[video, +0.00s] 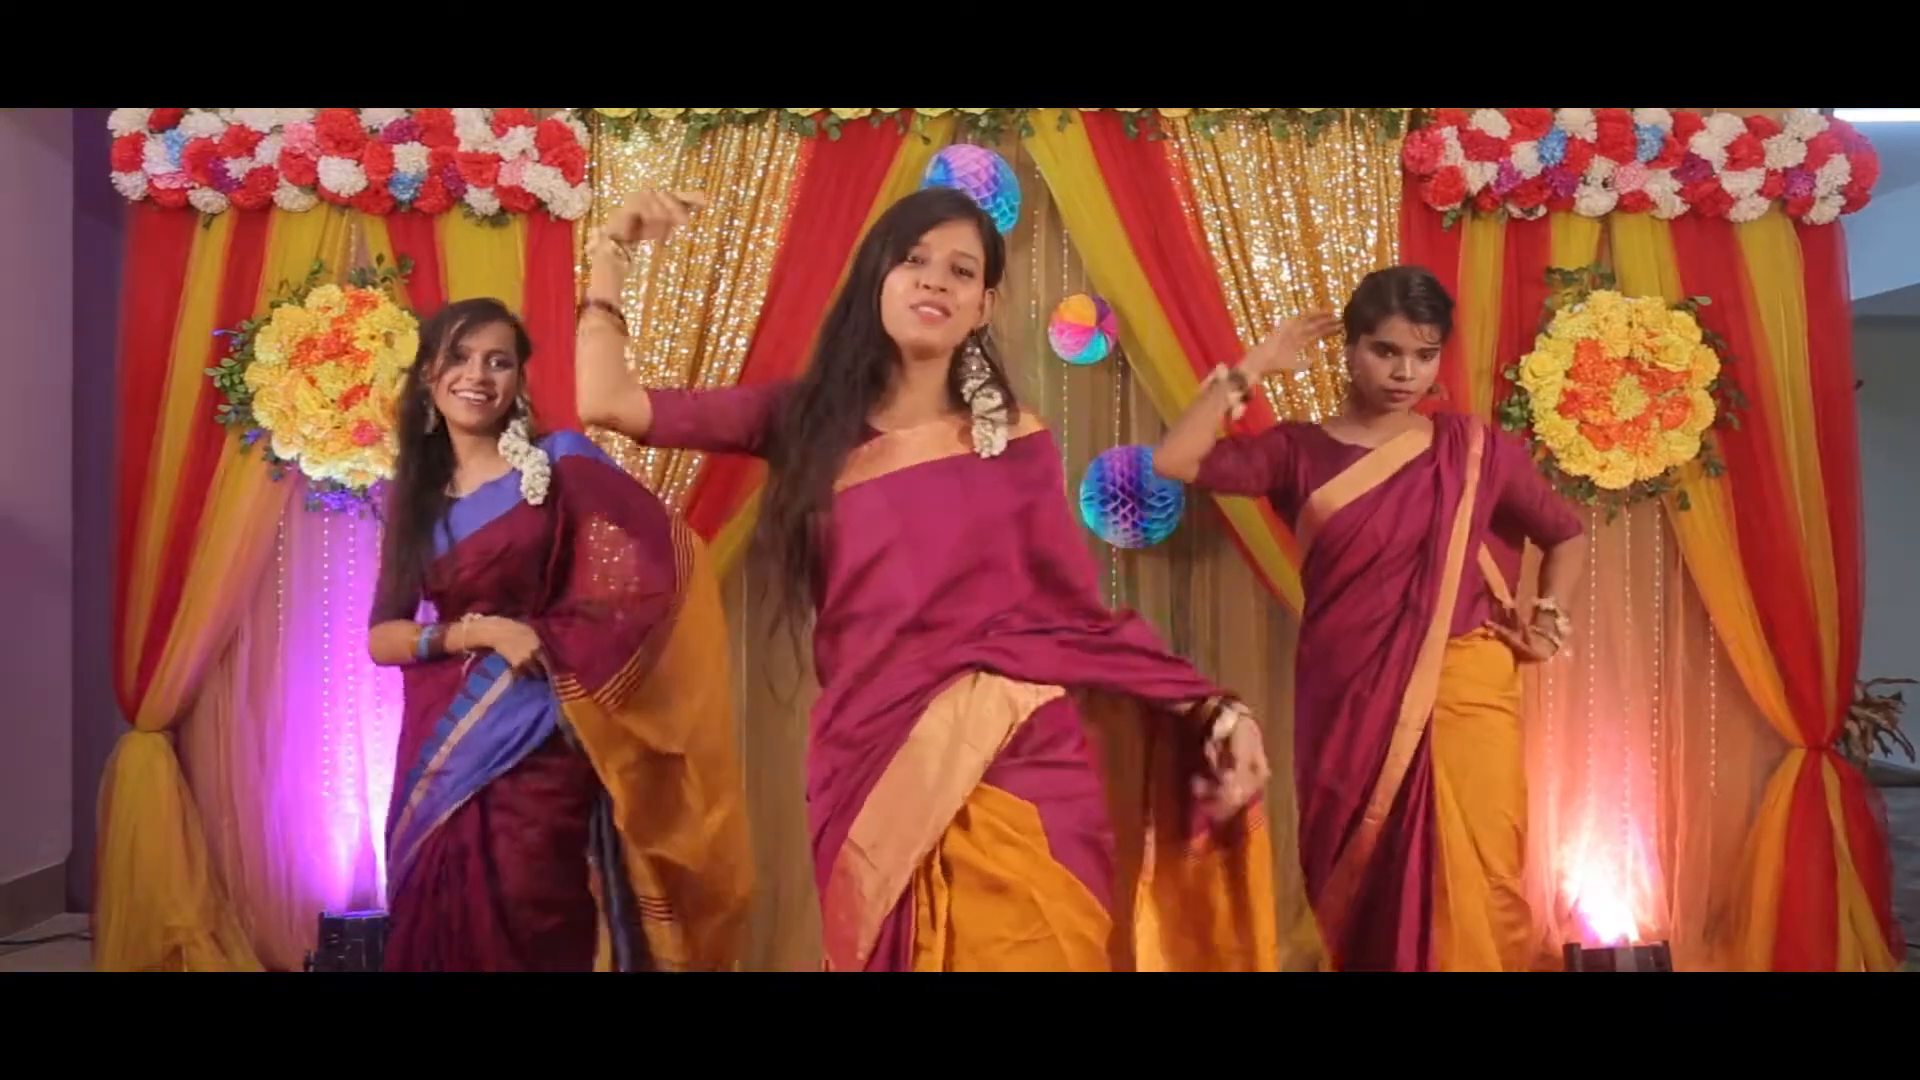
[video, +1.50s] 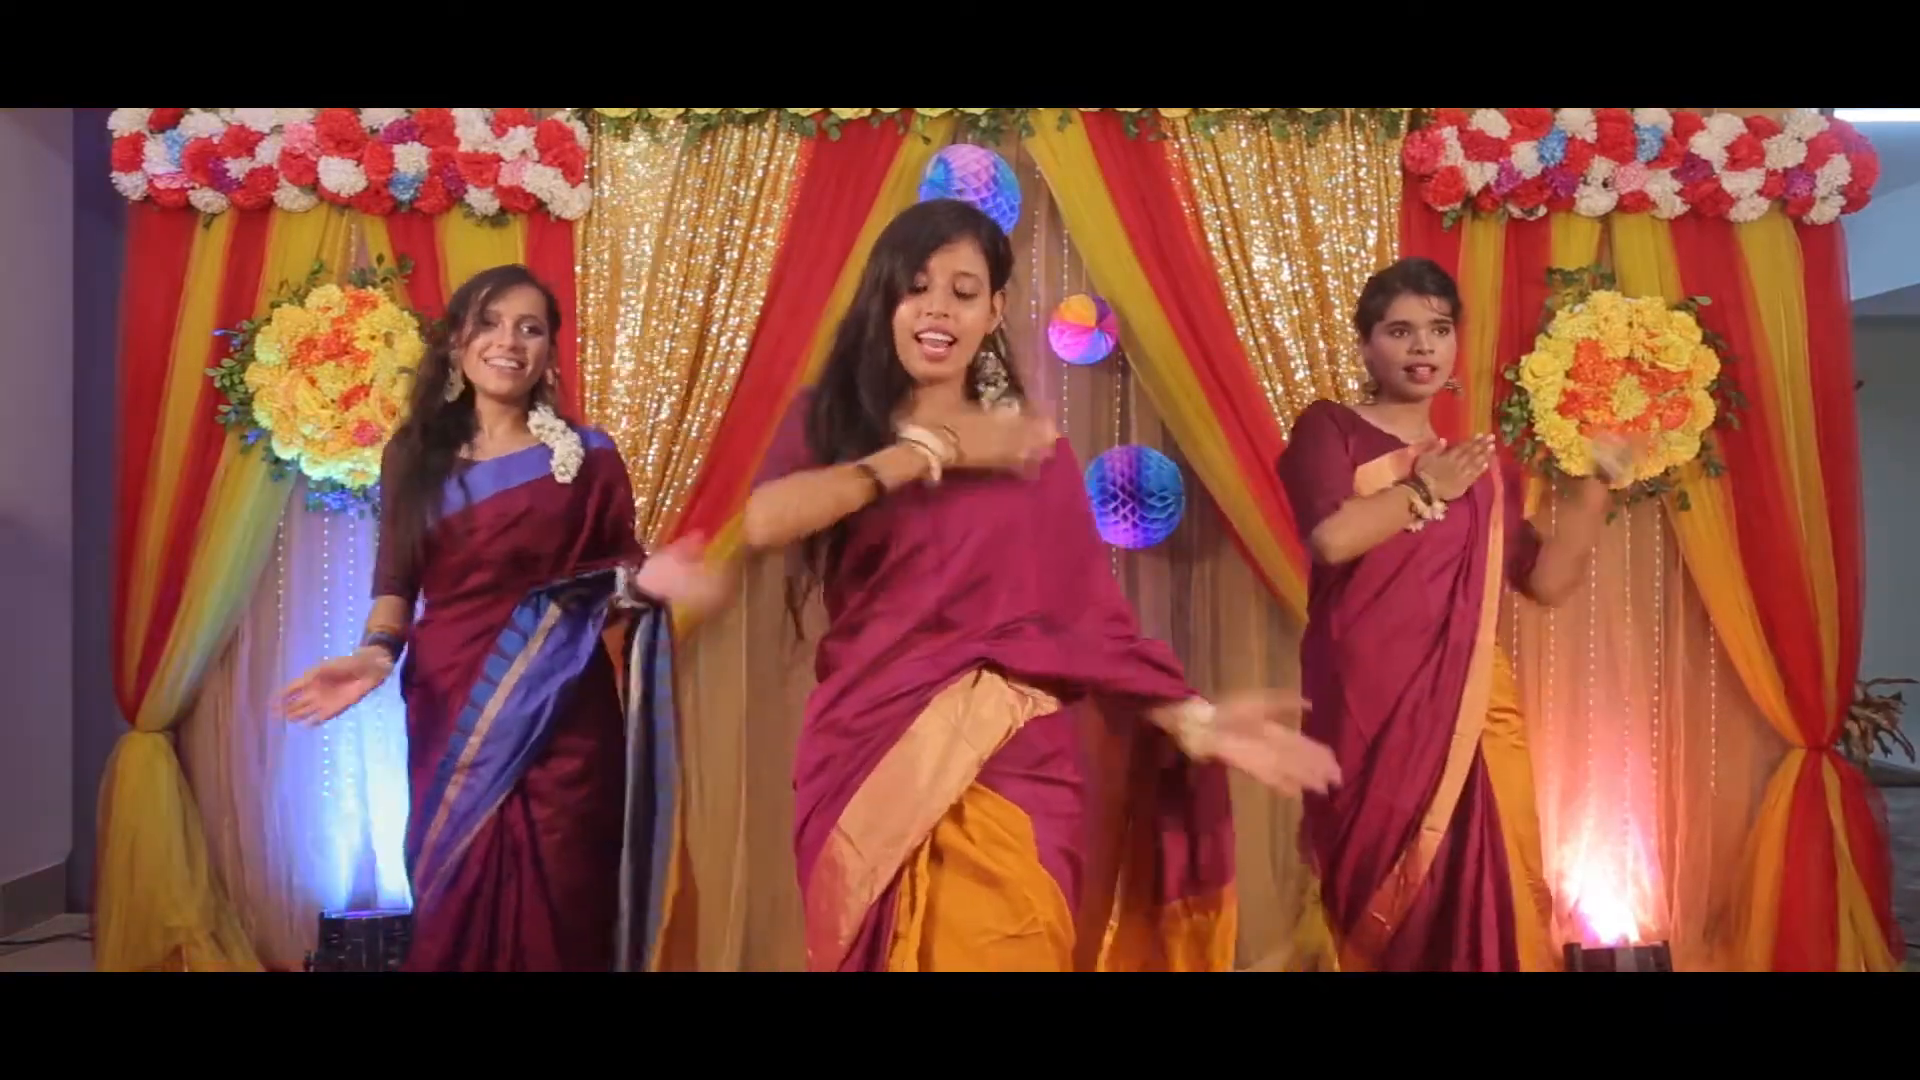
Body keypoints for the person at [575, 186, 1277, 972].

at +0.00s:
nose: (935, 282)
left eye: (962, 270)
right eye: (914, 260)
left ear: (987, 305)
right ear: (876, 279)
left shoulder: (1015, 436)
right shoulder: (815, 419)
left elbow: (1085, 616)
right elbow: (608, 402)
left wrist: (1213, 704)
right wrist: (607, 253)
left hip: (1032, 758)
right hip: (876, 770)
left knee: (1050, 955)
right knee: (887, 959)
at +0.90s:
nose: (946, 281)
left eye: (972, 265)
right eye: (924, 260)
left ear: (1004, 295)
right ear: (888, 286)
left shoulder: (1044, 433)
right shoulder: (841, 421)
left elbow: (1107, 622)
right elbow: (633, 451)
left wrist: (1225, 752)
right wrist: (652, 275)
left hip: (1025, 754)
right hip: (875, 755)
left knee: (1019, 948)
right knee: (883, 955)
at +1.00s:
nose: (944, 285)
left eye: (972, 267)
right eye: (922, 264)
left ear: (1004, 296)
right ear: (892, 285)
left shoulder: (1044, 433)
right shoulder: (840, 427)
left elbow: (1109, 626)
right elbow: (678, 548)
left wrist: (1211, 763)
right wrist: (627, 385)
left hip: (1024, 757)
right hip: (871, 757)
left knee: (1007, 953)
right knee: (875, 956)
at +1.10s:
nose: (943, 290)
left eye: (969, 272)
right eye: (922, 268)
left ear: (1003, 301)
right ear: (889, 289)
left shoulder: (1048, 436)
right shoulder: (834, 439)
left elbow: (1109, 631)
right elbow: (772, 619)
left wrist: (1186, 782)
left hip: (1020, 764)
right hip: (866, 763)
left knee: (998, 952)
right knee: (864, 956)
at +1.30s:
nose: (930, 295)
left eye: (959, 279)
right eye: (913, 273)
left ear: (993, 308)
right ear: (880, 292)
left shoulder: (1041, 423)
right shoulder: (836, 447)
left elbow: (1103, 603)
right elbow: (793, 624)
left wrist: (1159, 739)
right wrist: (700, 520)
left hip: (1019, 752)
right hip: (868, 754)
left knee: (991, 949)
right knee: (867, 951)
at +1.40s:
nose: (932, 307)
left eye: (959, 288)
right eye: (912, 283)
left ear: (992, 313)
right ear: (879, 303)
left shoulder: (1038, 430)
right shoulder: (840, 443)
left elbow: (1102, 620)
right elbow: (766, 596)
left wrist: (1206, 757)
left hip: (1021, 749)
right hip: (871, 751)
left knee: (992, 948)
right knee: (872, 953)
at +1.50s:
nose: (936, 310)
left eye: (963, 292)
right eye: (917, 287)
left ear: (994, 311)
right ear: (883, 300)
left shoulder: (1034, 443)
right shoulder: (835, 419)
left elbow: (1091, 615)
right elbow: (762, 522)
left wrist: (1187, 718)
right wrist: (923, 454)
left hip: (1018, 749)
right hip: (871, 747)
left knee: (1007, 947)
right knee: (876, 955)